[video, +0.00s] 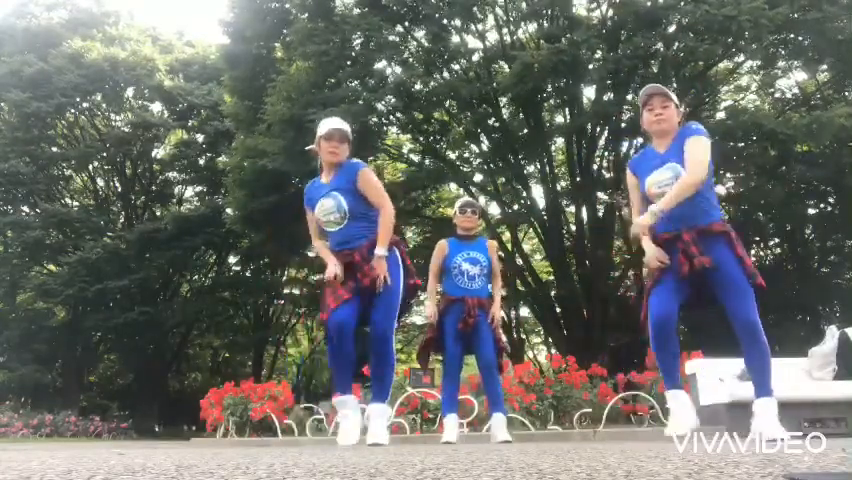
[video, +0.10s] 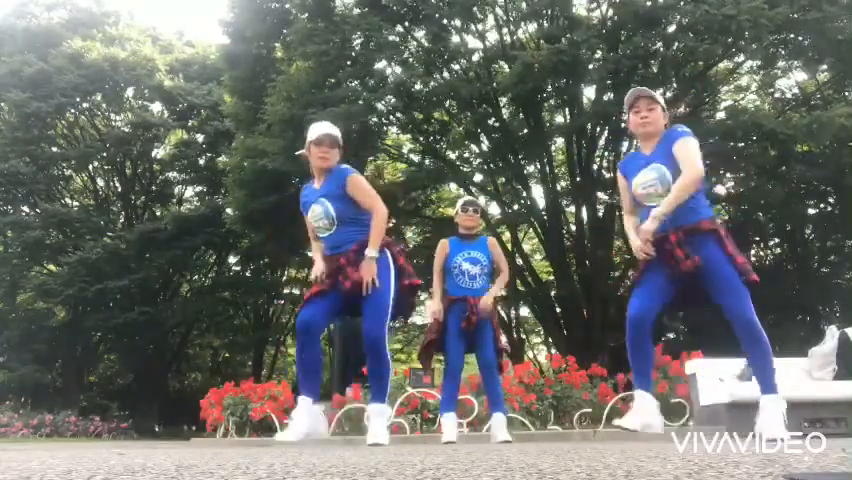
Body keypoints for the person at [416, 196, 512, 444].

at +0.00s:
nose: (468, 216)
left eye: (473, 213)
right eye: (463, 213)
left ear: (479, 219)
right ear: (455, 217)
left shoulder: (489, 246)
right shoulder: (444, 245)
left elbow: (496, 277)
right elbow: (433, 276)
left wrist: (497, 303)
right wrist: (431, 302)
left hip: (482, 306)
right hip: (454, 306)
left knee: (488, 361)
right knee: (452, 362)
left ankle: (498, 420)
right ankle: (449, 420)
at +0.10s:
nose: (470, 215)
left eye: (475, 211)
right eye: (465, 211)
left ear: (480, 218)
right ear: (456, 217)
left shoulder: (489, 243)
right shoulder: (446, 244)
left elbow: (504, 270)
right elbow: (437, 276)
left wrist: (492, 294)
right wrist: (436, 300)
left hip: (483, 306)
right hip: (455, 306)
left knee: (488, 362)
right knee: (454, 363)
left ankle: (498, 419)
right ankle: (448, 418)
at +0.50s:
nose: (455, 216)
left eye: (460, 212)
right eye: (451, 212)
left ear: (467, 216)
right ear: (444, 215)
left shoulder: (476, 243)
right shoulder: (431, 244)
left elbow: (486, 273)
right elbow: (417, 272)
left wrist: (491, 293)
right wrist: (419, 297)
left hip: (468, 305)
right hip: (439, 305)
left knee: (471, 363)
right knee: (436, 364)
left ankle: (480, 420)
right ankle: (431, 421)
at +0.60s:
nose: (452, 216)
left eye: (456, 213)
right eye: (447, 212)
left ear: (462, 216)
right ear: (439, 215)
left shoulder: (472, 242)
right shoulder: (428, 246)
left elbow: (484, 273)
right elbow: (421, 276)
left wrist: (480, 302)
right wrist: (421, 298)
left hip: (467, 306)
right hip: (439, 307)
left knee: (472, 363)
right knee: (432, 362)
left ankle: (481, 420)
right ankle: (430, 420)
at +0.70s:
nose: (444, 222)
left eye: (449, 219)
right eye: (439, 218)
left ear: (455, 224)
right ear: (432, 222)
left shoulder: (462, 248)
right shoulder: (423, 253)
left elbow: (484, 274)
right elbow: (418, 284)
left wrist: (474, 307)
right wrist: (423, 302)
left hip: (464, 313)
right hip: (436, 314)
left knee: (473, 362)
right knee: (421, 352)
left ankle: (482, 419)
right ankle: (423, 410)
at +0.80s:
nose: (437, 226)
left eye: (442, 223)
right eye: (432, 222)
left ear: (448, 228)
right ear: (424, 226)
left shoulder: (454, 253)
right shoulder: (418, 259)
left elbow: (479, 281)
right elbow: (416, 291)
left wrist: (469, 312)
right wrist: (418, 313)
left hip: (459, 320)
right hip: (432, 322)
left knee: (470, 369)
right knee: (411, 353)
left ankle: (482, 422)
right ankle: (410, 411)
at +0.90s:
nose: (429, 224)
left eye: (435, 222)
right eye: (425, 220)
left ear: (440, 228)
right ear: (417, 225)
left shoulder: (445, 253)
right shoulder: (410, 258)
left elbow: (467, 279)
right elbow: (408, 289)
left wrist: (460, 315)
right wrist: (408, 314)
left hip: (447, 321)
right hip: (421, 323)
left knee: (460, 369)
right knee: (400, 360)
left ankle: (481, 419)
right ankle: (397, 418)